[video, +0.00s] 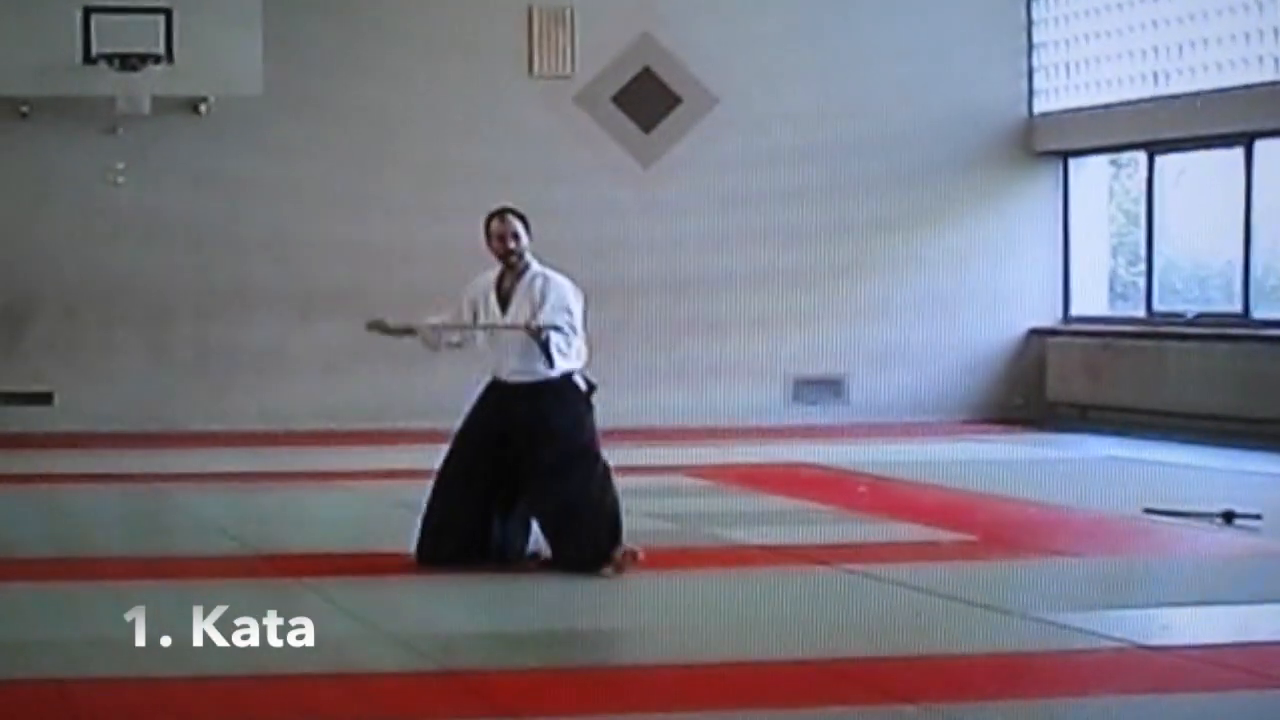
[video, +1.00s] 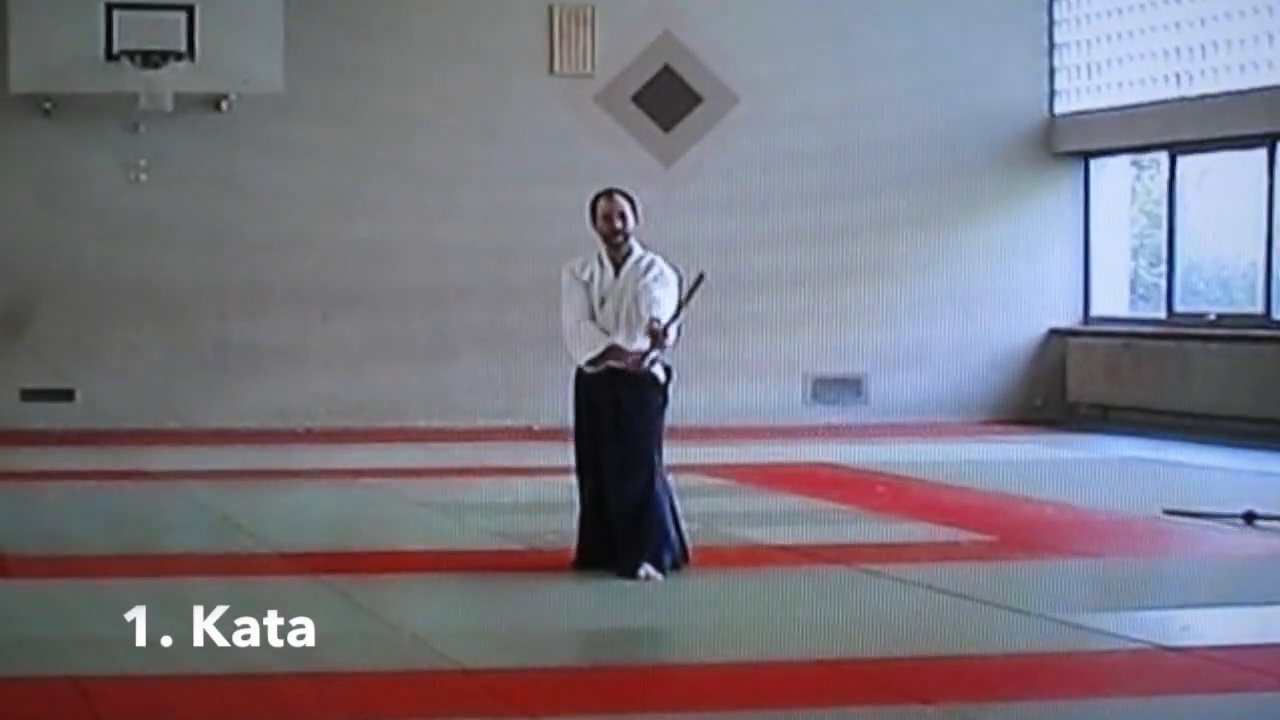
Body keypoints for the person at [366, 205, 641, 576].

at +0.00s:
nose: (509, 245)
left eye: (515, 236)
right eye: (499, 239)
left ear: (528, 238)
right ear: (490, 246)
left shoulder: (556, 289)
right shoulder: (481, 290)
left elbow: (572, 351)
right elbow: (457, 335)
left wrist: (545, 338)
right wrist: (410, 330)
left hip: (553, 395)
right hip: (503, 393)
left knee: (574, 476)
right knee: (471, 470)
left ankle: (602, 551)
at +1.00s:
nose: (615, 224)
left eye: (621, 216)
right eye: (606, 218)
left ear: (634, 221)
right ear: (594, 225)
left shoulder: (654, 270)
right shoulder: (578, 272)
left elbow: (660, 311)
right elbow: (576, 330)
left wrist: (661, 333)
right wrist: (616, 355)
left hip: (639, 376)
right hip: (593, 376)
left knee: (638, 466)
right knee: (594, 465)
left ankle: (649, 554)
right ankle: (598, 552)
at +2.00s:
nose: (499, 233)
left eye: (503, 225)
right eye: (490, 229)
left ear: (516, 227)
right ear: (482, 235)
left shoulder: (541, 268)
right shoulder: (479, 265)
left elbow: (497, 279)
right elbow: (436, 240)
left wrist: (470, 237)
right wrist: (411, 201)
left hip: (542, 377)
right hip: (498, 373)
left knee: (534, 465)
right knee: (472, 457)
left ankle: (547, 547)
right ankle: (466, 544)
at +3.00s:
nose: (535, 218)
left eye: (542, 210)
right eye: (526, 210)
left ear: (551, 216)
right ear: (511, 215)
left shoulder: (562, 263)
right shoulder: (498, 260)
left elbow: (592, 266)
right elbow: (477, 251)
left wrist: (578, 216)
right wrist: (516, 208)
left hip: (554, 367)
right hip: (507, 365)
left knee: (564, 462)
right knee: (510, 461)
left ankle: (540, 553)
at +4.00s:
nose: (591, 228)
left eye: (596, 221)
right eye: (583, 219)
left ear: (600, 226)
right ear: (561, 220)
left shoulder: (600, 267)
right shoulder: (536, 264)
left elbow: (620, 313)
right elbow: (550, 304)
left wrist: (603, 329)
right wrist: (591, 320)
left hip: (568, 376)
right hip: (530, 374)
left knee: (570, 469)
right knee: (544, 467)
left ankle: (562, 557)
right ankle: (546, 558)